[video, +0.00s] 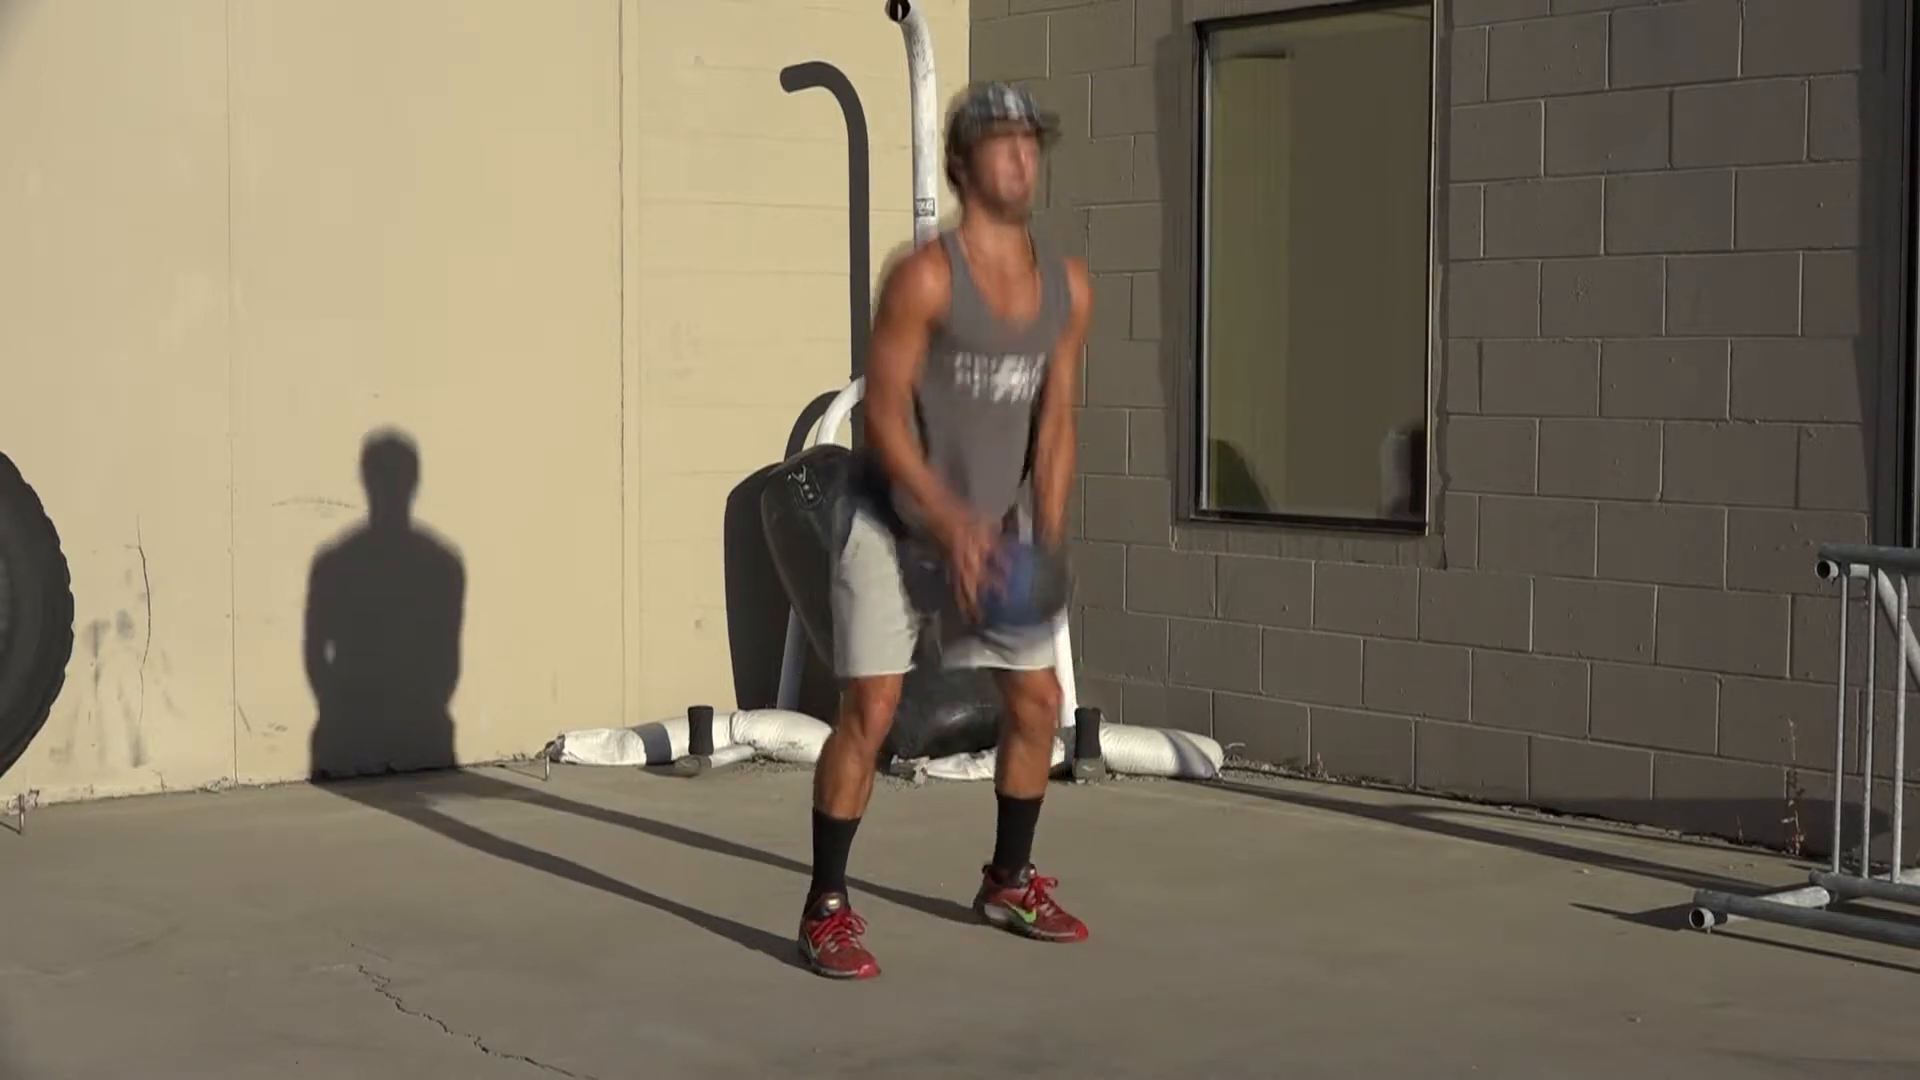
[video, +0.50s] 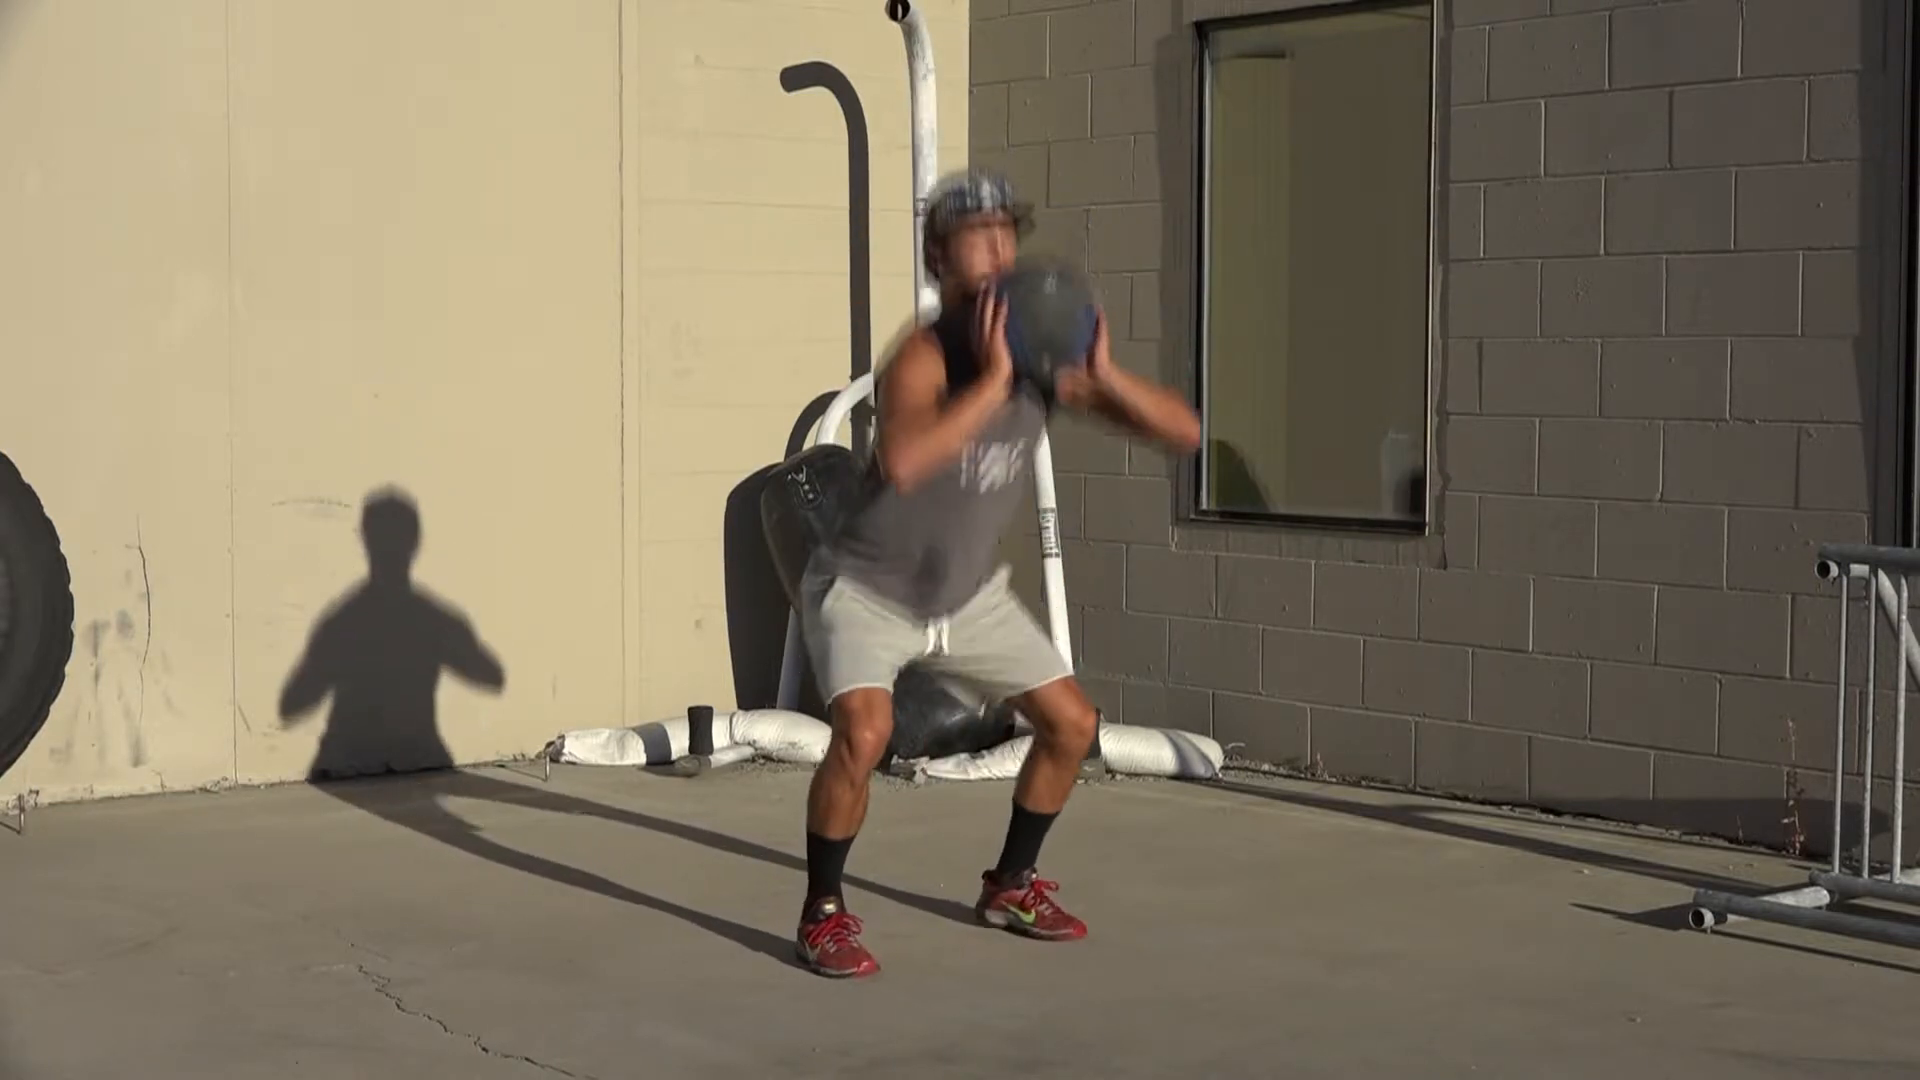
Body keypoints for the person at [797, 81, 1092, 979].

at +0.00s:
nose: (1022, 159)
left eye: (1030, 144)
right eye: (1002, 144)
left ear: (1042, 160)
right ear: (963, 163)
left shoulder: (1065, 284)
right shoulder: (923, 275)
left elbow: (1056, 422)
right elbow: (882, 422)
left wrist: (1049, 541)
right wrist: (950, 520)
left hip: (1001, 522)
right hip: (896, 515)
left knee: (1038, 701)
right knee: (871, 708)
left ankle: (1010, 881)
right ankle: (826, 905)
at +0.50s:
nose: (990, 257)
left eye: (1000, 241)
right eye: (971, 243)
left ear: (1018, 249)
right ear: (939, 259)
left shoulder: (1044, 348)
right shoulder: (923, 352)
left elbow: (1185, 432)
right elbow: (901, 462)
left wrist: (1105, 382)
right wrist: (997, 381)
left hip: (972, 594)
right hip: (870, 589)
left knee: (1073, 724)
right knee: (863, 734)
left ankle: (1010, 884)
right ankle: (822, 913)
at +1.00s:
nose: (1025, 436)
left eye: (1035, 421)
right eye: (1007, 420)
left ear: (1045, 430)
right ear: (966, 433)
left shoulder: (1055, 515)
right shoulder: (927, 524)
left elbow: (1184, 629)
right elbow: (903, 665)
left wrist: (1106, 575)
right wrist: (997, 581)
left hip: (955, 677)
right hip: (851, 674)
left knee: (1081, 735)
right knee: (869, 739)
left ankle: (1009, 889)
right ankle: (825, 914)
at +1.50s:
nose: (1001, 150)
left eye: (1012, 137)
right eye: (983, 134)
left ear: (1024, 151)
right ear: (945, 143)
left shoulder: (1030, 258)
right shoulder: (906, 251)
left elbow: (1112, 393)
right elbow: (871, 393)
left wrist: (1066, 314)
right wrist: (973, 330)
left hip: (992, 522)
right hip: (894, 517)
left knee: (1004, 700)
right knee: (860, 710)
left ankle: (1006, 886)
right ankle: (822, 910)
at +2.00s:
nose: (1039, 257)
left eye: (1051, 242)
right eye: (1023, 239)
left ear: (1061, 250)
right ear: (981, 240)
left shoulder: (1057, 350)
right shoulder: (920, 342)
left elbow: (1059, 503)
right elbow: (915, 510)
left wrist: (1058, 638)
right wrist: (959, 634)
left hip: (953, 526)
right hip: (851, 525)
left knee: (1019, 682)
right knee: (853, 706)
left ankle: (1007, 882)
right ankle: (821, 910)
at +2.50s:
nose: (1079, 503)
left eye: (1088, 487)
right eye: (1062, 485)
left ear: (1096, 493)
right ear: (1015, 483)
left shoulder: (1076, 573)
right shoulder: (942, 563)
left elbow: (1050, 717)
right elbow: (933, 723)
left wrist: (1032, 856)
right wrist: (941, 860)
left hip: (928, 622)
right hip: (826, 603)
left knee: (1043, 714)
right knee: (873, 725)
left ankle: (1014, 880)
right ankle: (824, 910)